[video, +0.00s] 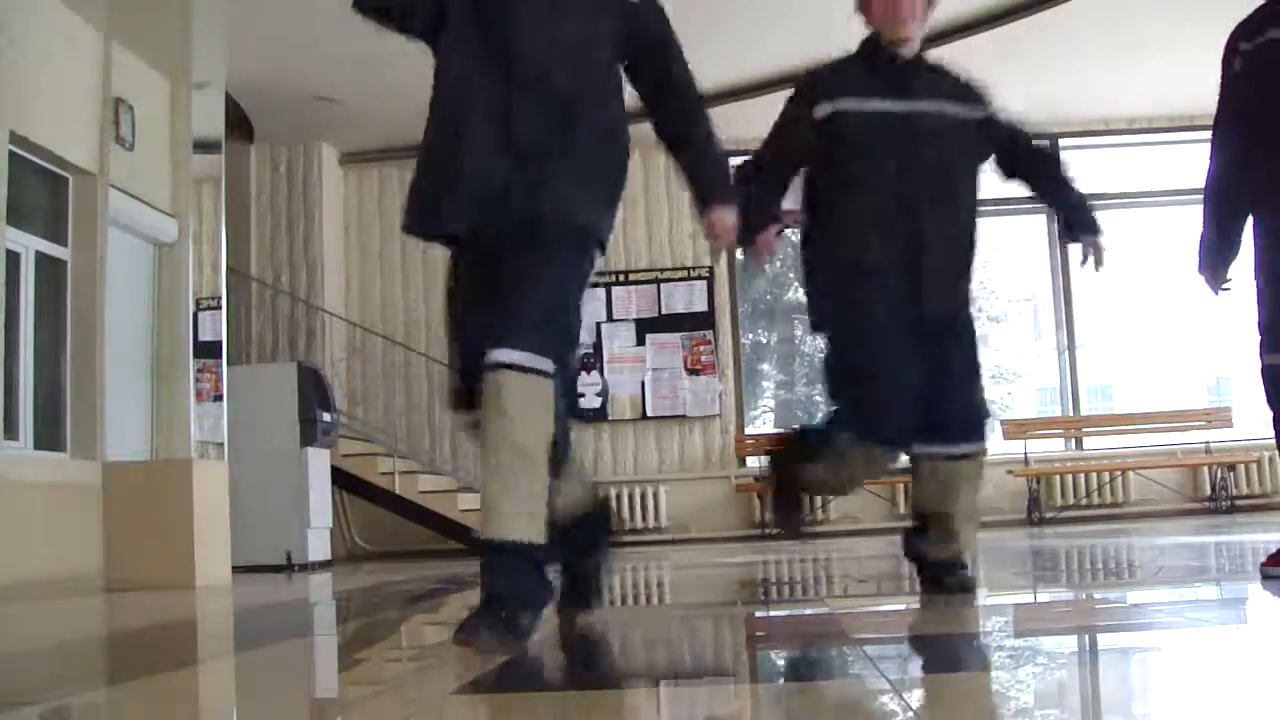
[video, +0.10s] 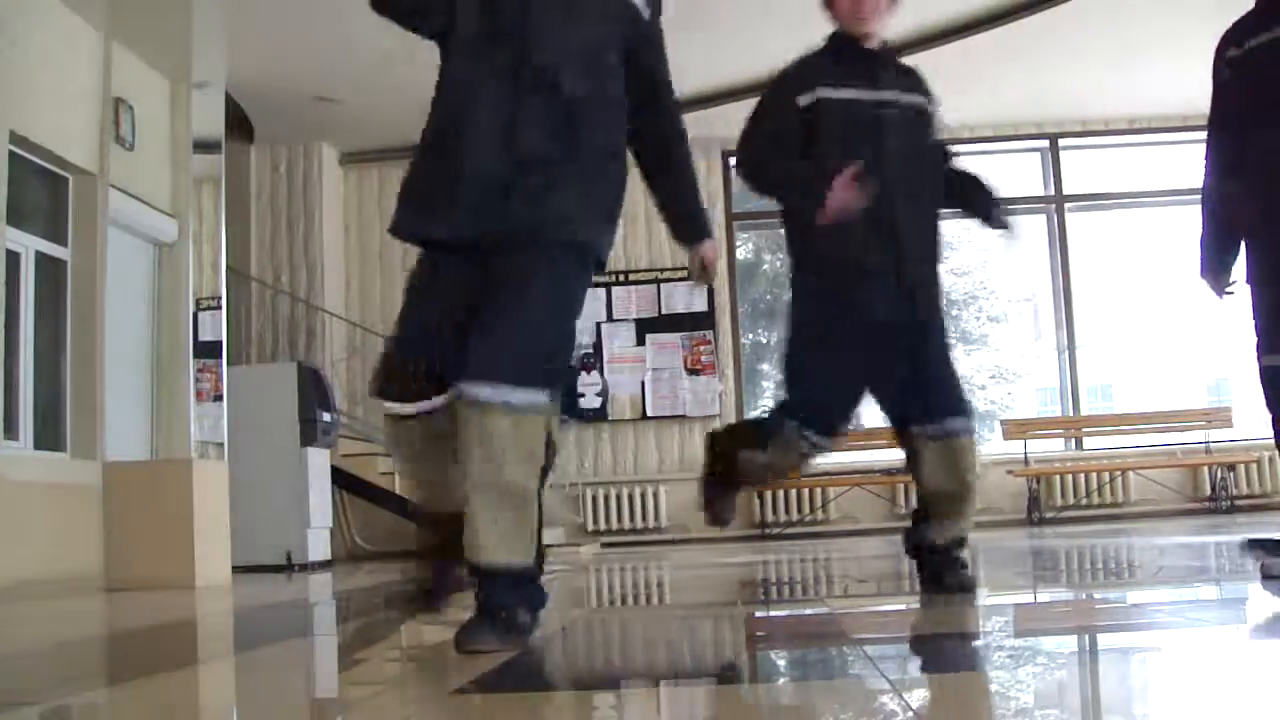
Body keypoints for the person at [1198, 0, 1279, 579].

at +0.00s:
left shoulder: (1255, 36)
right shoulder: (1252, 35)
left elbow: (1233, 154)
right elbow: (1232, 152)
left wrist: (1216, 251)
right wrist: (1218, 250)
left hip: (1277, 269)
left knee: (1279, 404)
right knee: (1278, 405)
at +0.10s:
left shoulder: (1245, 40)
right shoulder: (1243, 39)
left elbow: (1227, 159)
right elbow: (1227, 157)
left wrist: (1216, 255)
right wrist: (1218, 253)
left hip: (1273, 262)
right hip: (1267, 261)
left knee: (1279, 402)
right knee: (1276, 401)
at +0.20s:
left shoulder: (1244, 48)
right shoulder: (1230, 45)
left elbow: (1252, 149)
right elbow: (1220, 154)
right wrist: (1212, 248)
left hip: (1271, 248)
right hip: (1261, 249)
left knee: (1273, 386)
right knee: (1269, 385)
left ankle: (1275, 529)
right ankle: (1274, 527)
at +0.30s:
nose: (1241, 1)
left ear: (1264, 2)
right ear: (1249, 3)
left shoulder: (1244, 51)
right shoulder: (1228, 49)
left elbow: (1223, 144)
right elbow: (1213, 145)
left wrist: (1151, 142)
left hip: (1267, 249)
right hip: (1258, 248)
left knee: (1266, 390)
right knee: (1265, 389)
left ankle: (1270, 541)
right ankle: (1269, 541)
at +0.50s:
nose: (1178, 10)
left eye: (1182, 6)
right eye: (1181, 7)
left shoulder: (1227, 43)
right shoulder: (1248, 37)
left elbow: (1157, 112)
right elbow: (1160, 111)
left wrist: (1063, 113)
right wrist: (1071, 115)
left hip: (1245, 271)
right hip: (1253, 267)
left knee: (1226, 404)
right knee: (1236, 406)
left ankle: (1265, 547)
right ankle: (1264, 547)